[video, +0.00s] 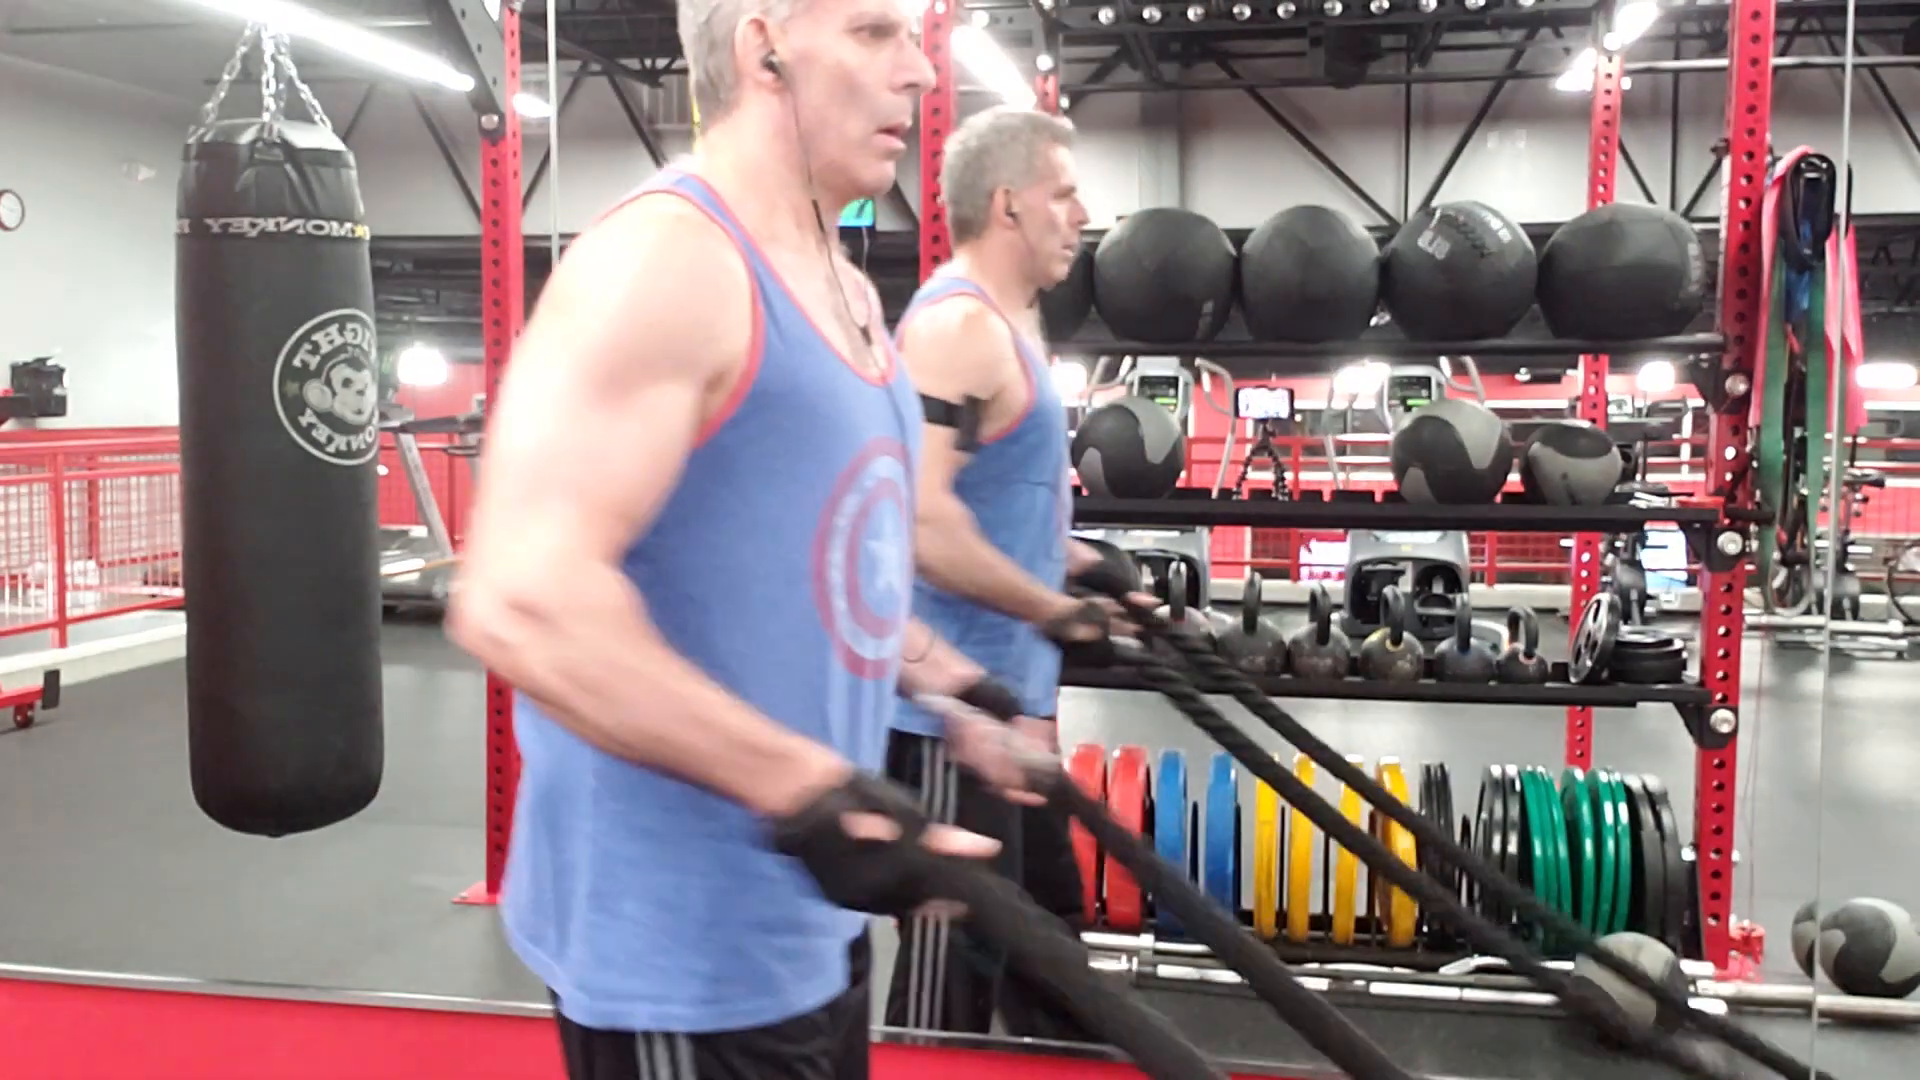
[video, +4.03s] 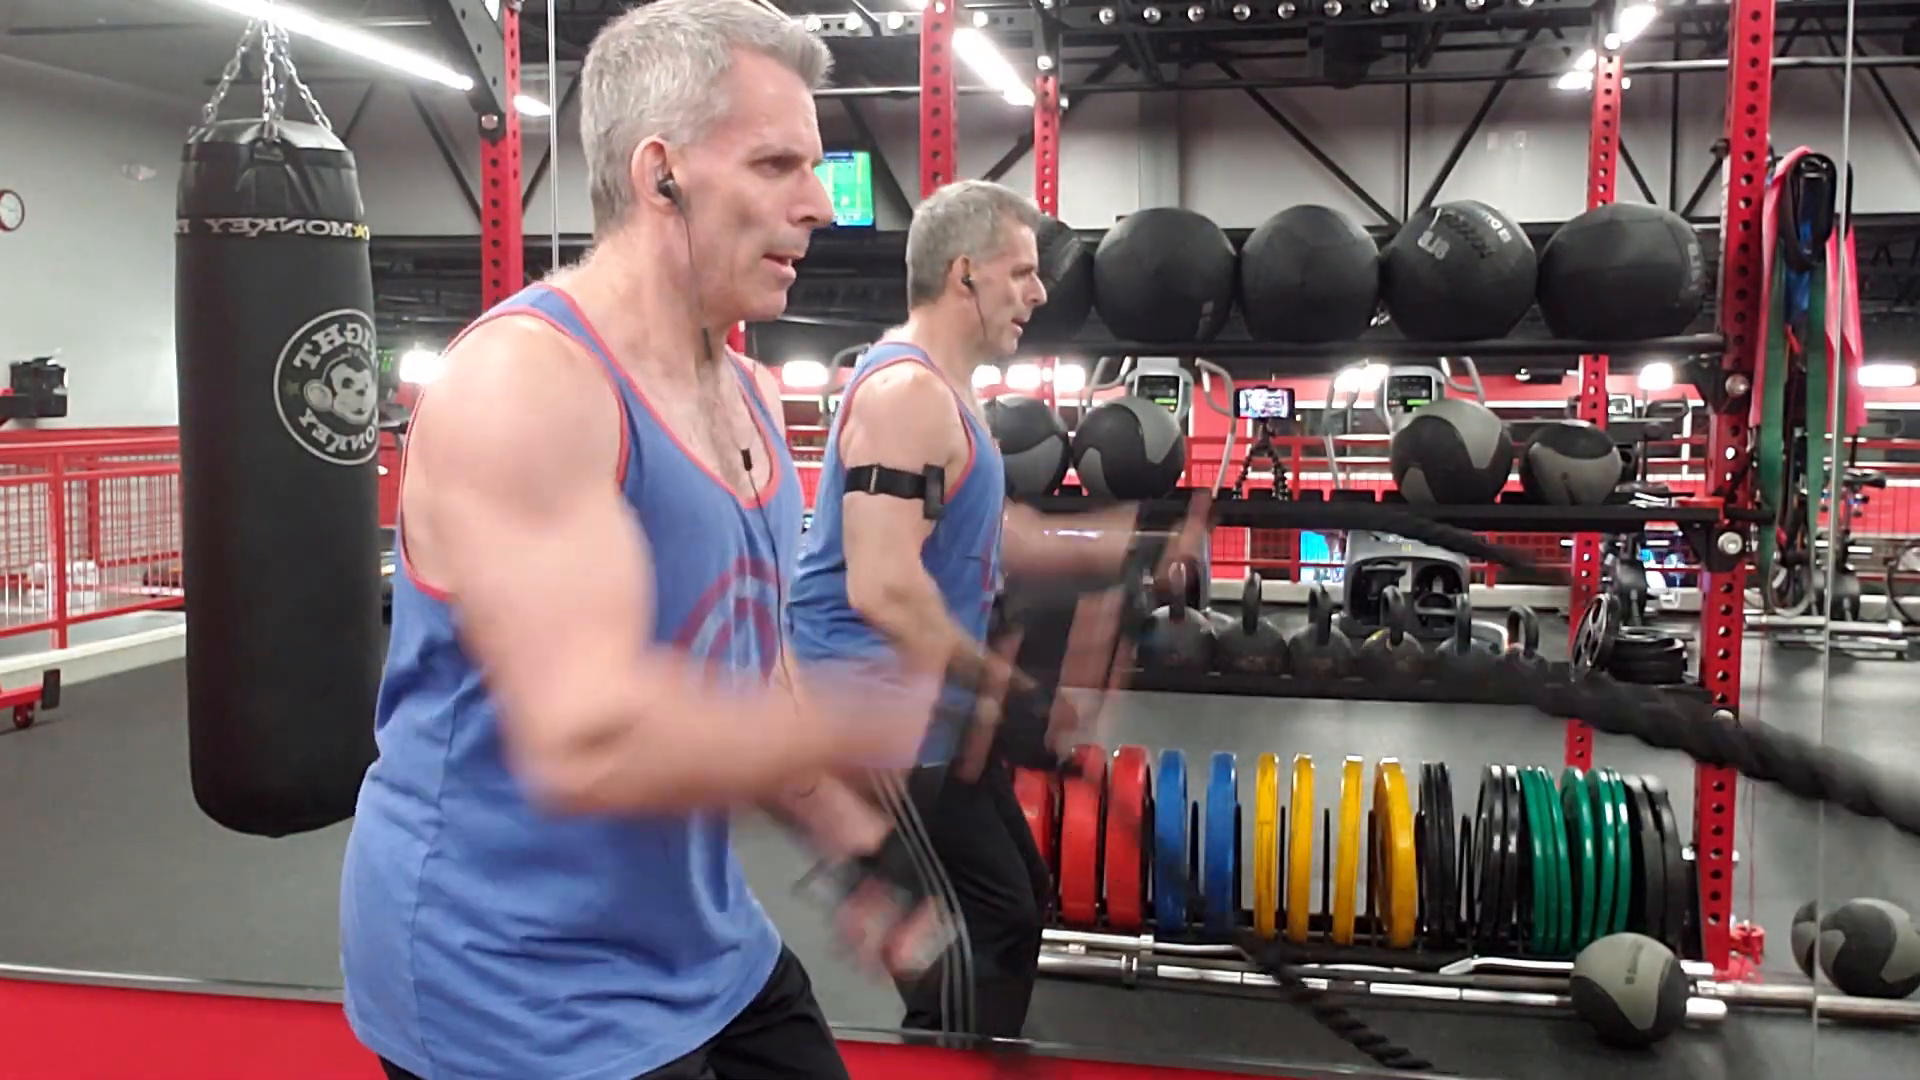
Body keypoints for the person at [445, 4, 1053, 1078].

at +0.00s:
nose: (918, 74)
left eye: (916, 41)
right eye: (875, 31)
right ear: (764, 39)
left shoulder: (838, 280)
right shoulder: (662, 257)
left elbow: (821, 571)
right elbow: (518, 594)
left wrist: (965, 704)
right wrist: (809, 791)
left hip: (806, 910)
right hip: (686, 948)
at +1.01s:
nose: (796, 173)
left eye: (807, 136)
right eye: (771, 123)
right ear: (656, 87)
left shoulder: (730, 298)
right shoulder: (493, 295)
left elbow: (752, 580)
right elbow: (429, 665)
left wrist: (897, 732)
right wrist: (683, 900)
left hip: (717, 946)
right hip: (526, 988)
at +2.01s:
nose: (860, 152)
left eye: (855, 115)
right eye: (822, 111)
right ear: (703, 116)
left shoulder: (781, 348)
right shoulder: (550, 345)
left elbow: (763, 621)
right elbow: (441, 712)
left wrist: (885, 797)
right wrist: (685, 961)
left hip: (731, 928)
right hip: (536, 995)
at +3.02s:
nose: (817, 180)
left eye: (811, 144)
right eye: (776, 139)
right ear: (657, 151)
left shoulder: (744, 375)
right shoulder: (536, 384)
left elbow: (755, 656)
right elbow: (417, 754)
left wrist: (884, 843)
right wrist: (647, 1005)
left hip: (731, 952)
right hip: (529, 1012)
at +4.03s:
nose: (815, 206)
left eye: (812, 168)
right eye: (775, 164)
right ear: (658, 175)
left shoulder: (741, 388)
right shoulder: (516, 383)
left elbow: (752, 673)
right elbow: (581, 740)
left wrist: (857, 855)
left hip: (697, 924)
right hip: (516, 967)